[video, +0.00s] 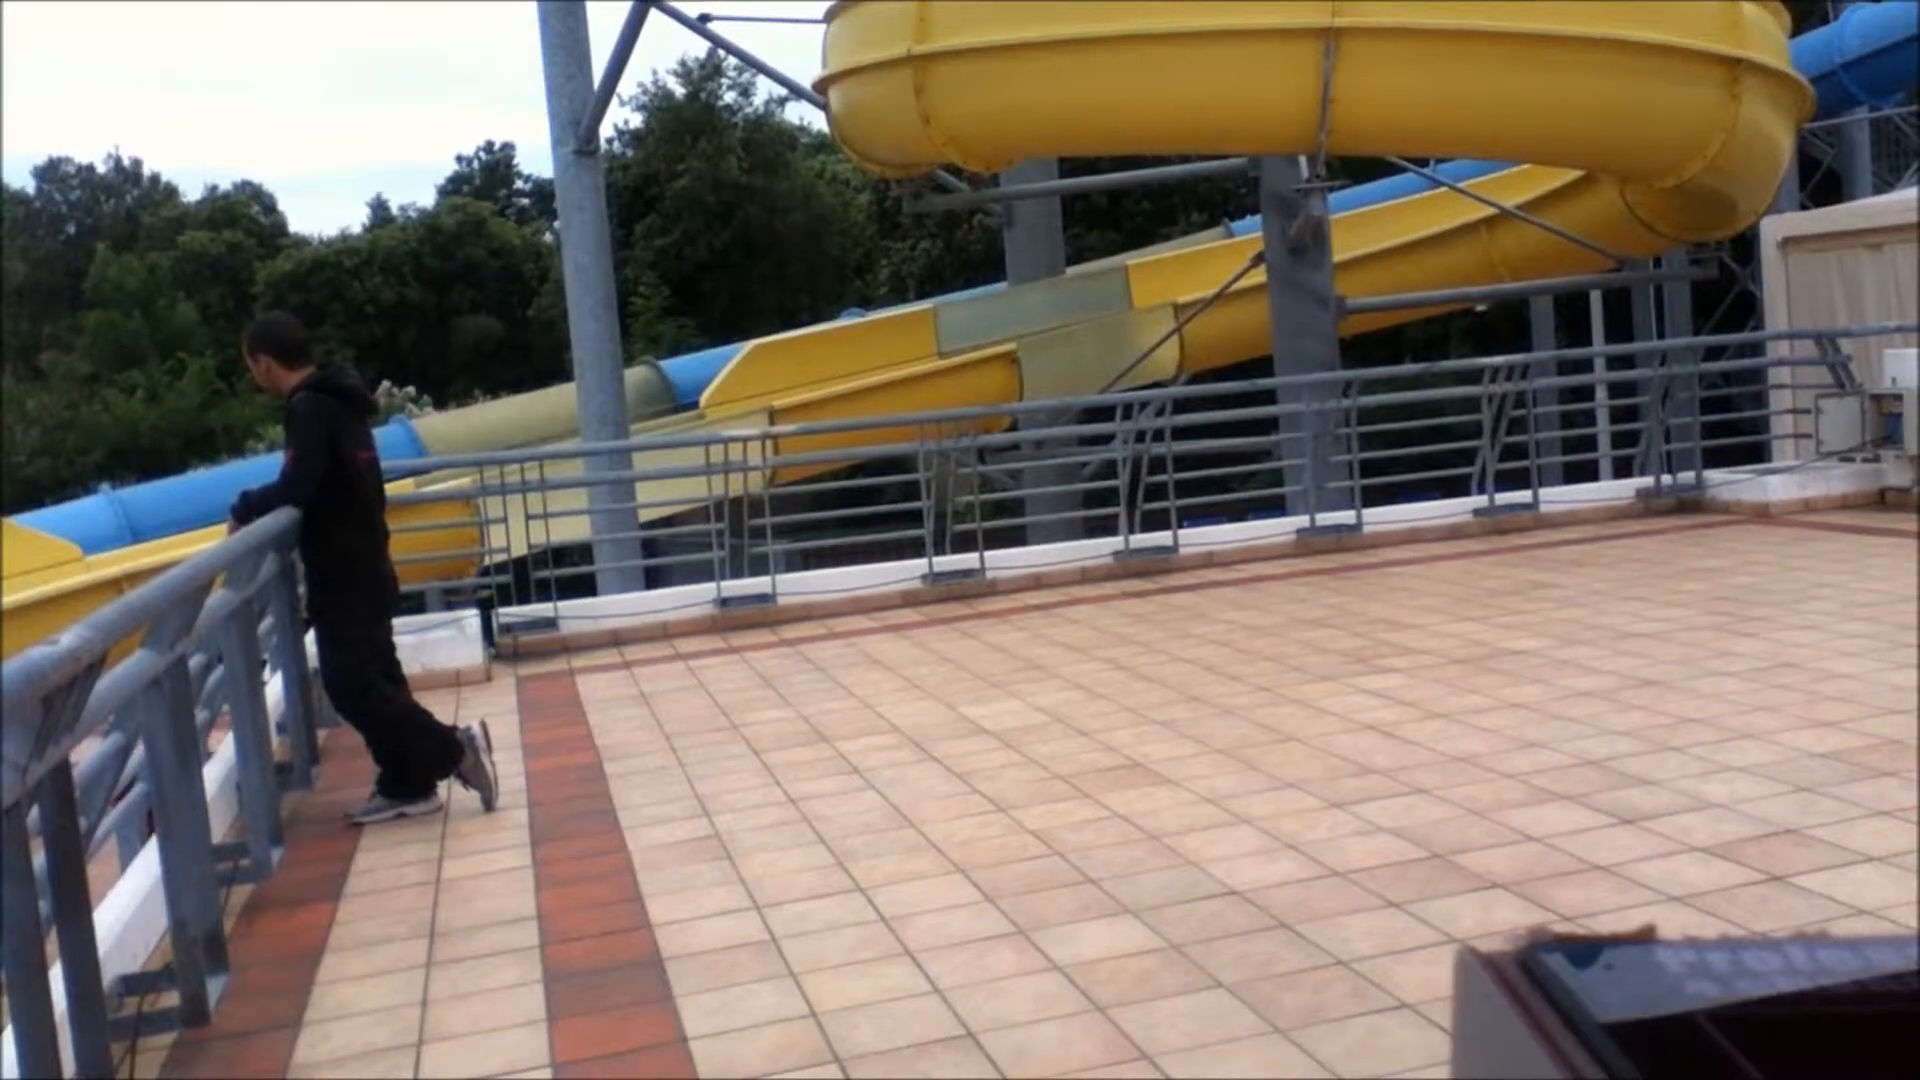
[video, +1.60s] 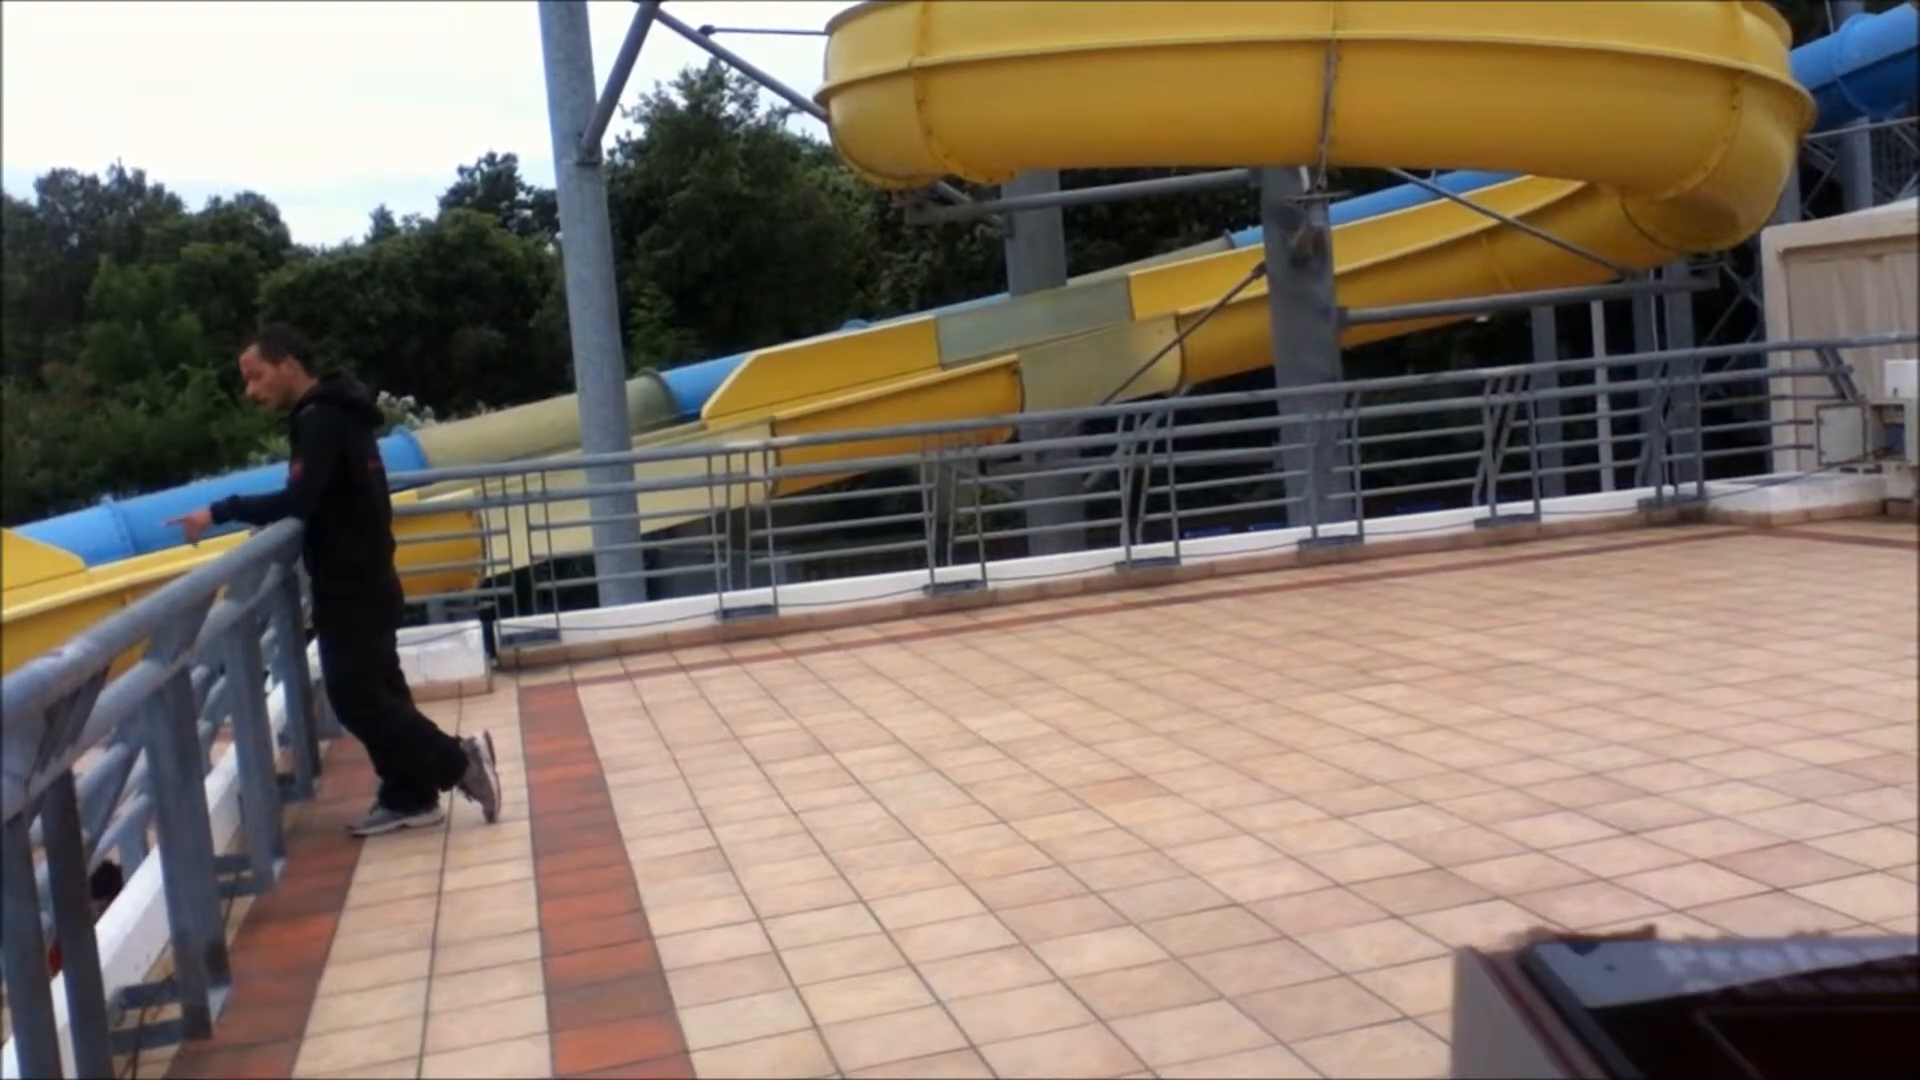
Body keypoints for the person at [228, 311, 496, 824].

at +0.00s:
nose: (253, 377)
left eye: (252, 367)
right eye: (251, 368)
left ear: (268, 363)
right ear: (300, 352)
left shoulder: (308, 408)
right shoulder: (337, 397)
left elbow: (298, 488)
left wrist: (244, 509)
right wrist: (261, 508)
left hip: (343, 573)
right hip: (364, 567)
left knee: (348, 687)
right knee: (376, 675)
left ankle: (452, 750)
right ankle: (406, 787)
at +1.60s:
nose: (251, 391)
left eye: (255, 377)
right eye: (247, 381)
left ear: (290, 366)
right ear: (289, 371)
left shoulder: (317, 420)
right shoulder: (337, 409)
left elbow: (301, 502)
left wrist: (221, 511)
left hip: (350, 586)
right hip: (365, 579)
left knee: (354, 699)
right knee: (379, 687)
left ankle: (457, 763)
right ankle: (408, 798)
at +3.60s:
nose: (260, 396)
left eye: (262, 382)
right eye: (255, 386)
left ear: (291, 368)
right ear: (296, 372)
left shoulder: (321, 421)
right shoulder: (341, 412)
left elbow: (308, 500)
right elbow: (324, 498)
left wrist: (255, 515)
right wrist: (271, 514)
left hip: (345, 588)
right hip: (363, 582)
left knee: (350, 700)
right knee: (377, 688)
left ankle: (454, 763)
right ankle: (407, 800)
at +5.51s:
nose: (252, 366)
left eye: (254, 352)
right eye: (248, 355)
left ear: (283, 339)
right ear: (288, 342)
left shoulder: (318, 392)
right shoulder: (334, 382)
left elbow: (303, 471)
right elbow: (315, 467)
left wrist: (253, 486)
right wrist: (268, 483)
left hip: (343, 558)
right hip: (357, 553)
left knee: (346, 670)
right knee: (371, 659)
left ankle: (449, 734)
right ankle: (402, 769)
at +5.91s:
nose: (250, 357)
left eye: (252, 343)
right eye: (247, 346)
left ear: (282, 333)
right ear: (288, 336)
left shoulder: (318, 386)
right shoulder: (333, 377)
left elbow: (301, 467)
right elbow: (309, 464)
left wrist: (247, 485)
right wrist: (259, 485)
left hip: (345, 552)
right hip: (357, 548)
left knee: (347, 665)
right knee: (372, 654)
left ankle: (450, 729)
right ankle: (403, 764)